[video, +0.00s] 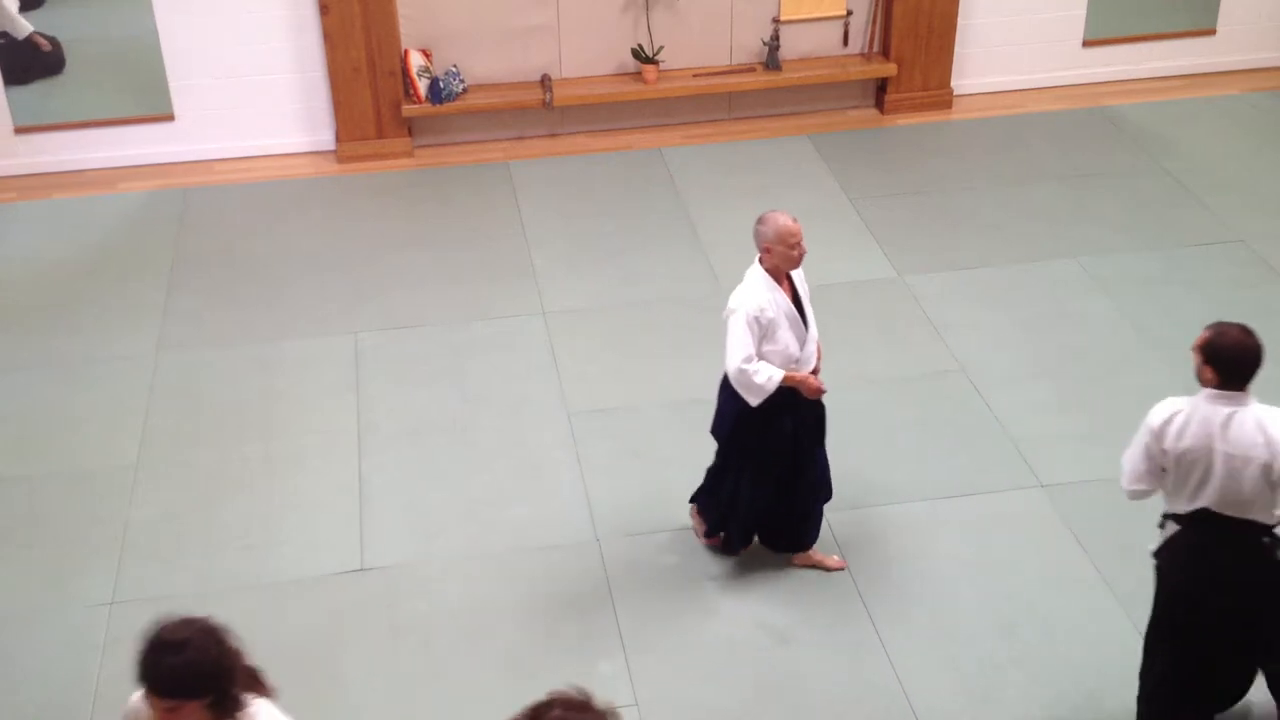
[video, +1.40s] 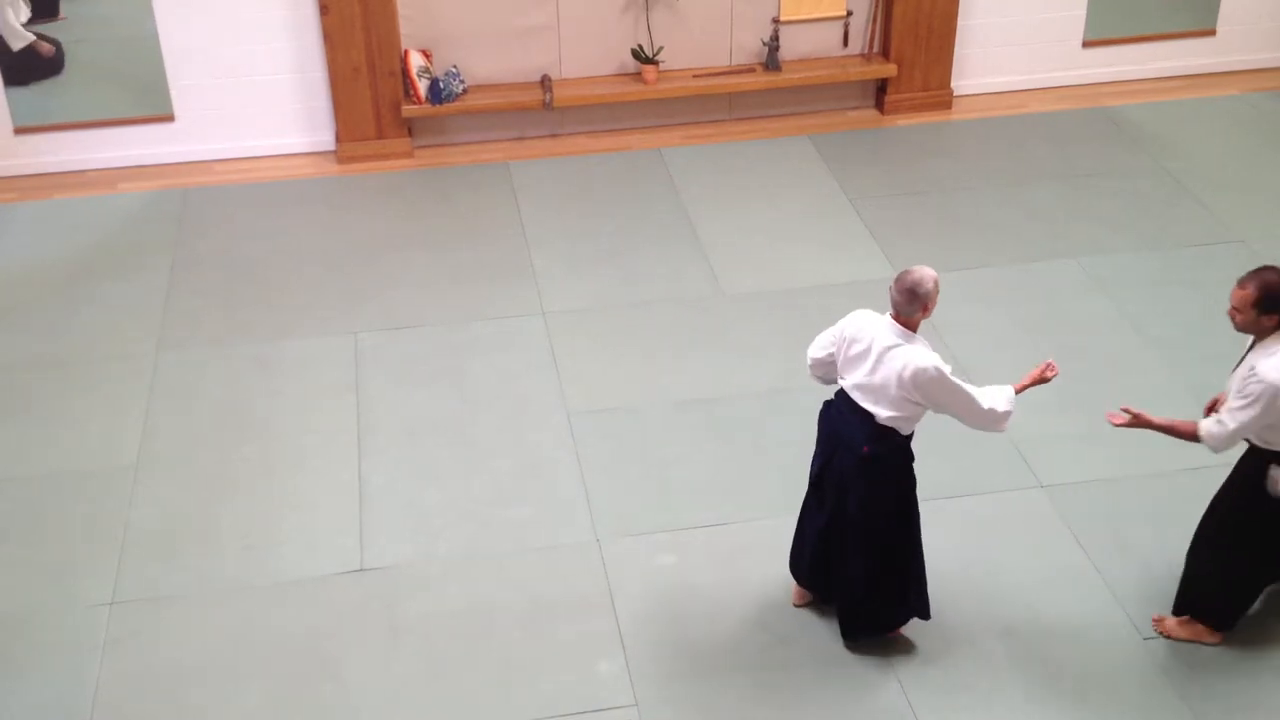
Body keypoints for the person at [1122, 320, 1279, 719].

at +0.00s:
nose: (1192, 354)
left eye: (1197, 352)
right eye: (1196, 348)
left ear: (1210, 372)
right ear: (1250, 369)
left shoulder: (1169, 418)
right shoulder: (1272, 425)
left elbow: (1135, 485)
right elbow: (1276, 496)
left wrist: (1176, 459)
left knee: (1171, 660)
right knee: (1273, 659)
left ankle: (1164, 712)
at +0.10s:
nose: (1225, 358)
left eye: (1230, 354)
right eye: (1228, 351)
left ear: (1248, 371)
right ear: (1266, 367)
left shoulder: (1213, 420)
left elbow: (1174, 492)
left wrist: (1213, 469)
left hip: (1225, 543)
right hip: (1273, 540)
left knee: (1203, 623)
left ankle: (1189, 702)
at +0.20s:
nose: (1248, 340)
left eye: (1254, 335)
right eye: (1251, 333)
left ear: (1274, 350)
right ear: (1276, 350)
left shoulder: (1244, 404)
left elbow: (1203, 483)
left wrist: (1196, 473)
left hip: (1247, 523)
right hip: (1276, 517)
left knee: (1230, 604)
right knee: (1267, 604)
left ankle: (1231, 687)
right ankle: (1247, 680)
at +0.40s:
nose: (1268, 325)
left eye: (1272, 319)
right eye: (1269, 317)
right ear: (1277, 324)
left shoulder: (1268, 386)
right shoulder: (1267, 385)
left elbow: (1249, 455)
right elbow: (1250, 452)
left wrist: (1218, 465)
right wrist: (1226, 463)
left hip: (1267, 501)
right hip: (1272, 495)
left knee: (1251, 563)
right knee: (1265, 563)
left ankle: (1246, 623)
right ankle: (1254, 623)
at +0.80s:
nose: (1260, 287)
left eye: (1267, 281)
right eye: (1261, 279)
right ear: (1268, 283)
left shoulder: (1272, 347)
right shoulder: (1270, 343)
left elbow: (1260, 421)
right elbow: (1260, 411)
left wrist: (1226, 427)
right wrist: (1231, 424)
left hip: (1270, 459)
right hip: (1268, 453)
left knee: (1237, 525)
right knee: (1256, 528)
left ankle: (1234, 603)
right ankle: (1259, 600)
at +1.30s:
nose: (1248, 305)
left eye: (1256, 300)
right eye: (1249, 296)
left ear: (1278, 305)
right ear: (1272, 300)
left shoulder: (1278, 368)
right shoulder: (1271, 326)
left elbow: (1253, 432)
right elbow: (1265, 366)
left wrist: (1187, 426)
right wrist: (1241, 388)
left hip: (1272, 462)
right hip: (1264, 450)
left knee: (1236, 527)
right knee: (1239, 514)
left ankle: (1212, 621)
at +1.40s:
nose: (1230, 312)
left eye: (1239, 310)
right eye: (1232, 305)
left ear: (1271, 320)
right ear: (1269, 318)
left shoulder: (1268, 376)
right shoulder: (1268, 338)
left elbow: (1217, 434)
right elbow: (1258, 380)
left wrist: (1150, 422)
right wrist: (1229, 400)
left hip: (1268, 465)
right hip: (1268, 454)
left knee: (1222, 533)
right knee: (1251, 531)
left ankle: (1207, 621)